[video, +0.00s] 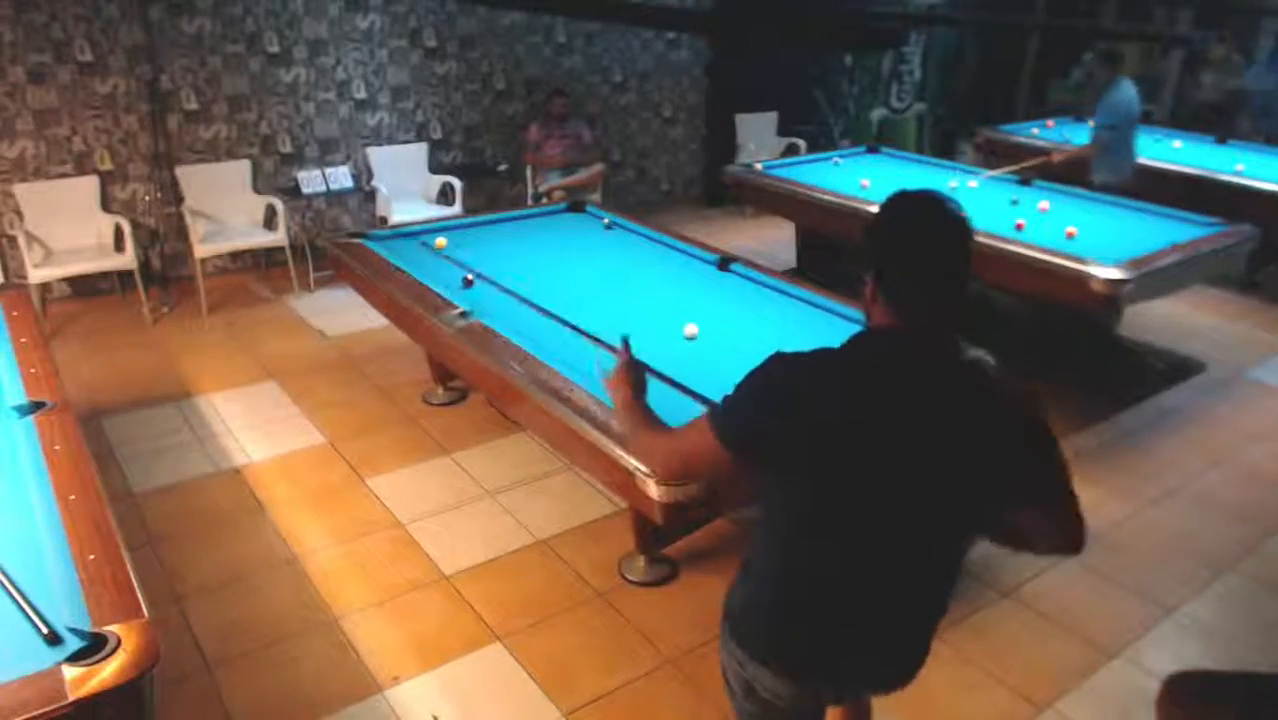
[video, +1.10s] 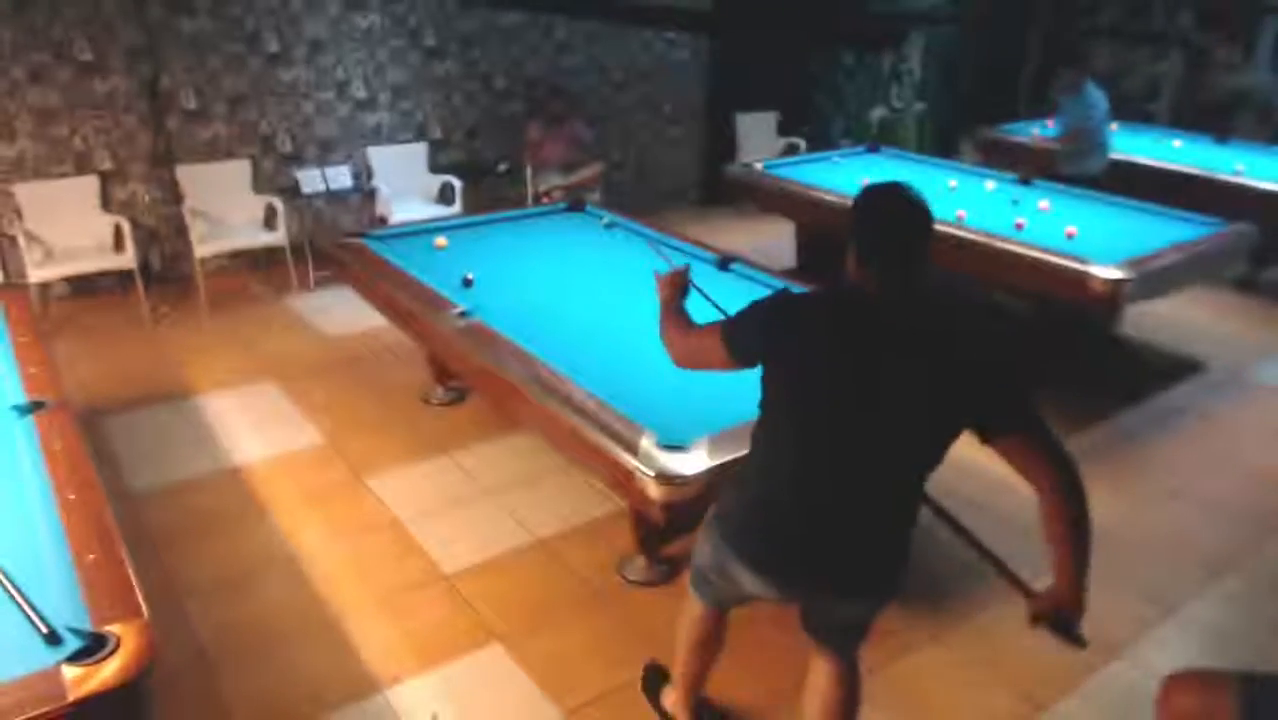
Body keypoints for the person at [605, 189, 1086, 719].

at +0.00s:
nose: (866, 286)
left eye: (866, 275)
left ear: (870, 287)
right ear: (959, 293)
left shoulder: (797, 382)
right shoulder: (996, 406)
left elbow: (666, 460)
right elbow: (1062, 532)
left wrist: (626, 400)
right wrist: (960, 504)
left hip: (776, 646)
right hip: (892, 653)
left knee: (770, 706)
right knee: (853, 688)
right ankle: (855, 707)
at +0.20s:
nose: (861, 277)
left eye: (864, 265)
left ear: (868, 279)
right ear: (955, 286)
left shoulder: (794, 369)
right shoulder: (993, 403)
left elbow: (652, 410)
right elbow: (1054, 540)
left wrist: (604, 348)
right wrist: (981, 573)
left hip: (774, 632)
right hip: (889, 639)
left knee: (777, 707)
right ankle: (848, 703)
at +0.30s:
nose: (860, 277)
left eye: (862, 264)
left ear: (865, 277)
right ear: (953, 286)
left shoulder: (796, 362)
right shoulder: (988, 403)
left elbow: (651, 390)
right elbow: (1064, 534)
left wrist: (605, 320)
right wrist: (1059, 600)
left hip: (772, 620)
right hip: (883, 630)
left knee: (768, 704)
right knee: (847, 675)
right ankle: (845, 698)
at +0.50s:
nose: (860, 269)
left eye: (864, 256)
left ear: (867, 269)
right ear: (951, 279)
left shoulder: (801, 353)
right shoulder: (984, 394)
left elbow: (666, 383)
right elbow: (1079, 509)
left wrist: (624, 322)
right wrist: (1016, 552)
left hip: (774, 605)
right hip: (879, 611)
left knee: (774, 706)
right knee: (846, 663)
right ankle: (838, 705)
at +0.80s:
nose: (866, 252)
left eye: (870, 243)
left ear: (874, 253)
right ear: (951, 258)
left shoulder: (811, 328)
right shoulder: (988, 356)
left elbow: (684, 356)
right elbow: (1084, 503)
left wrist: (644, 297)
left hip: (782, 558)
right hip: (885, 574)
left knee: (746, 661)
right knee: (846, 670)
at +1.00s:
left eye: (863, 245)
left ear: (861, 253)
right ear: (939, 259)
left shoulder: (801, 321)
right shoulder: (967, 357)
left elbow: (682, 341)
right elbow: (1080, 483)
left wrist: (658, 289)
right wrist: (1103, 589)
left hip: (770, 537)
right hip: (871, 561)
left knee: (716, 608)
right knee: (836, 654)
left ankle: (717, 711)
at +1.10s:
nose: (851, 258)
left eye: (851, 245)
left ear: (850, 253)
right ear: (926, 257)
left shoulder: (798, 320)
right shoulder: (958, 350)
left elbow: (684, 348)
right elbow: (1057, 478)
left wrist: (669, 298)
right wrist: (1068, 593)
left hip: (761, 534)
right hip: (863, 559)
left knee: (707, 599)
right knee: (835, 653)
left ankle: (681, 699)